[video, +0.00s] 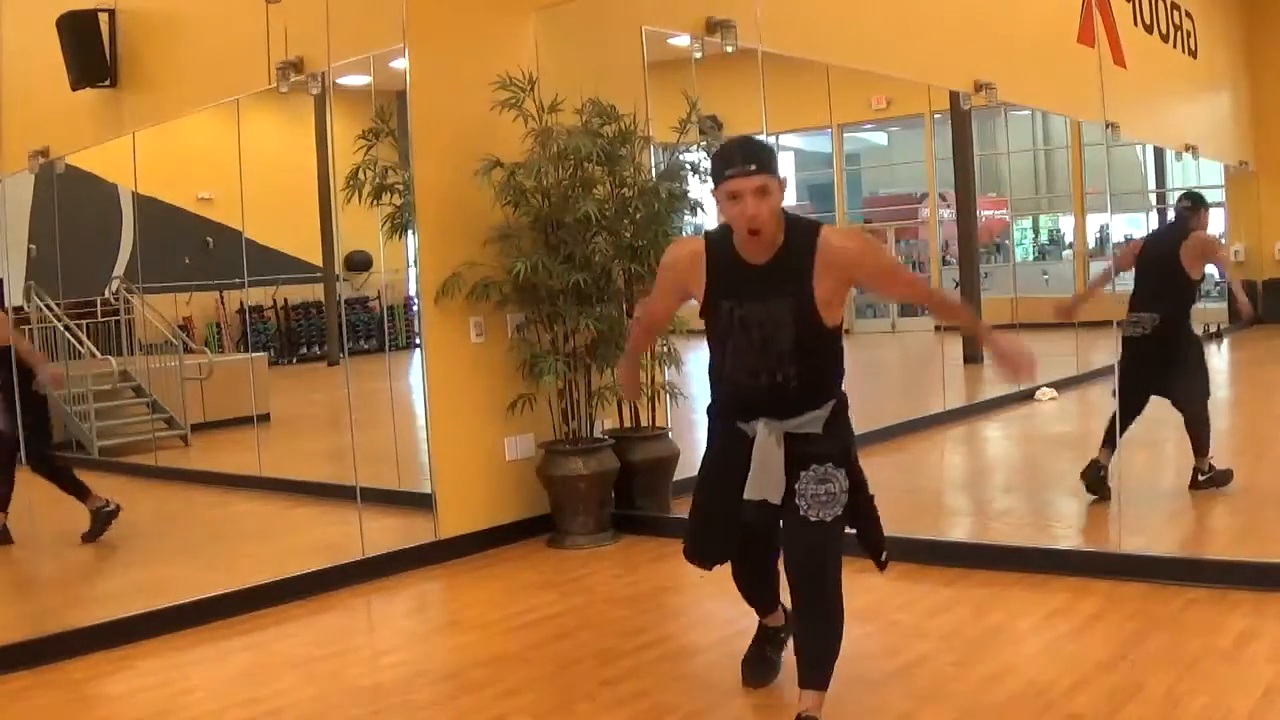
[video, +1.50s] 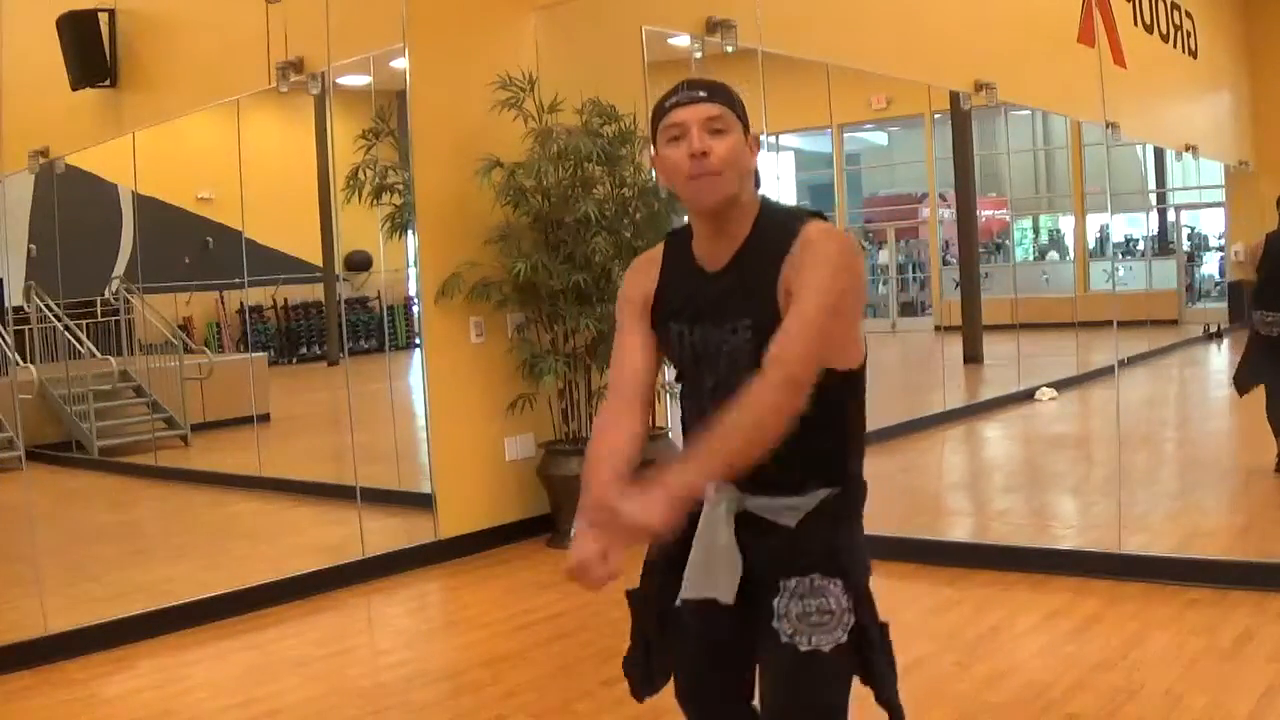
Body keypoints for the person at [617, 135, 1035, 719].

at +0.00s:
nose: (749, 213)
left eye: (760, 194)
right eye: (734, 198)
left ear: (781, 190)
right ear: (717, 201)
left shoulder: (835, 250)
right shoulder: (689, 260)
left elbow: (924, 294)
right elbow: (651, 318)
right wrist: (630, 362)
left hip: (815, 433)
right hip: (737, 436)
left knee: (813, 571)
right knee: (746, 553)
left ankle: (810, 706)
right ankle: (773, 620)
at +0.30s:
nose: (767, 166)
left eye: (782, 153)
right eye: (751, 155)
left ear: (806, 161)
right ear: (732, 164)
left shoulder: (847, 212)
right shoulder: (716, 231)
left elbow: (776, 203)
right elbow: (696, 228)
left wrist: (695, 161)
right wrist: (740, 200)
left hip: (834, 430)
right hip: (748, 432)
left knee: (827, 583)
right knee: (735, 581)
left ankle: (812, 709)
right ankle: (727, 710)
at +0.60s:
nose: (762, 159)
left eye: (774, 145)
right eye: (744, 148)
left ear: (797, 153)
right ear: (719, 160)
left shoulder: (840, 199)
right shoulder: (710, 232)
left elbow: (771, 186)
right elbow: (678, 241)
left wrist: (675, 161)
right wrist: (708, 173)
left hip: (848, 438)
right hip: (760, 442)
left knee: (836, 599)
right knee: (750, 599)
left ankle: (813, 710)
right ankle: (757, 716)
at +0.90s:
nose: (719, 146)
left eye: (732, 133)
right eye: (698, 142)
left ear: (761, 156)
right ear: (683, 179)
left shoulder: (835, 244)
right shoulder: (675, 276)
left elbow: (916, 333)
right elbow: (663, 373)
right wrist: (649, 454)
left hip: (840, 481)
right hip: (745, 484)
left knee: (833, 641)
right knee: (756, 657)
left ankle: (817, 709)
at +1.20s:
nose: (687, 128)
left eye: (705, 110)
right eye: (668, 119)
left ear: (742, 129)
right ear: (653, 150)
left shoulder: (819, 218)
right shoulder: (651, 233)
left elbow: (924, 246)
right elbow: (669, 287)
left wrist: (996, 286)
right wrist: (653, 311)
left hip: (825, 481)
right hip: (728, 478)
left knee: (836, 675)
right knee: (748, 681)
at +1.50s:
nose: (697, 148)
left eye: (716, 129)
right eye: (676, 136)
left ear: (753, 148)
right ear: (657, 167)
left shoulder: (821, 250)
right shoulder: (649, 274)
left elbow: (780, 391)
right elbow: (624, 403)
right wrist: (599, 509)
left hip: (805, 523)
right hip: (703, 519)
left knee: (801, 705)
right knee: (706, 700)